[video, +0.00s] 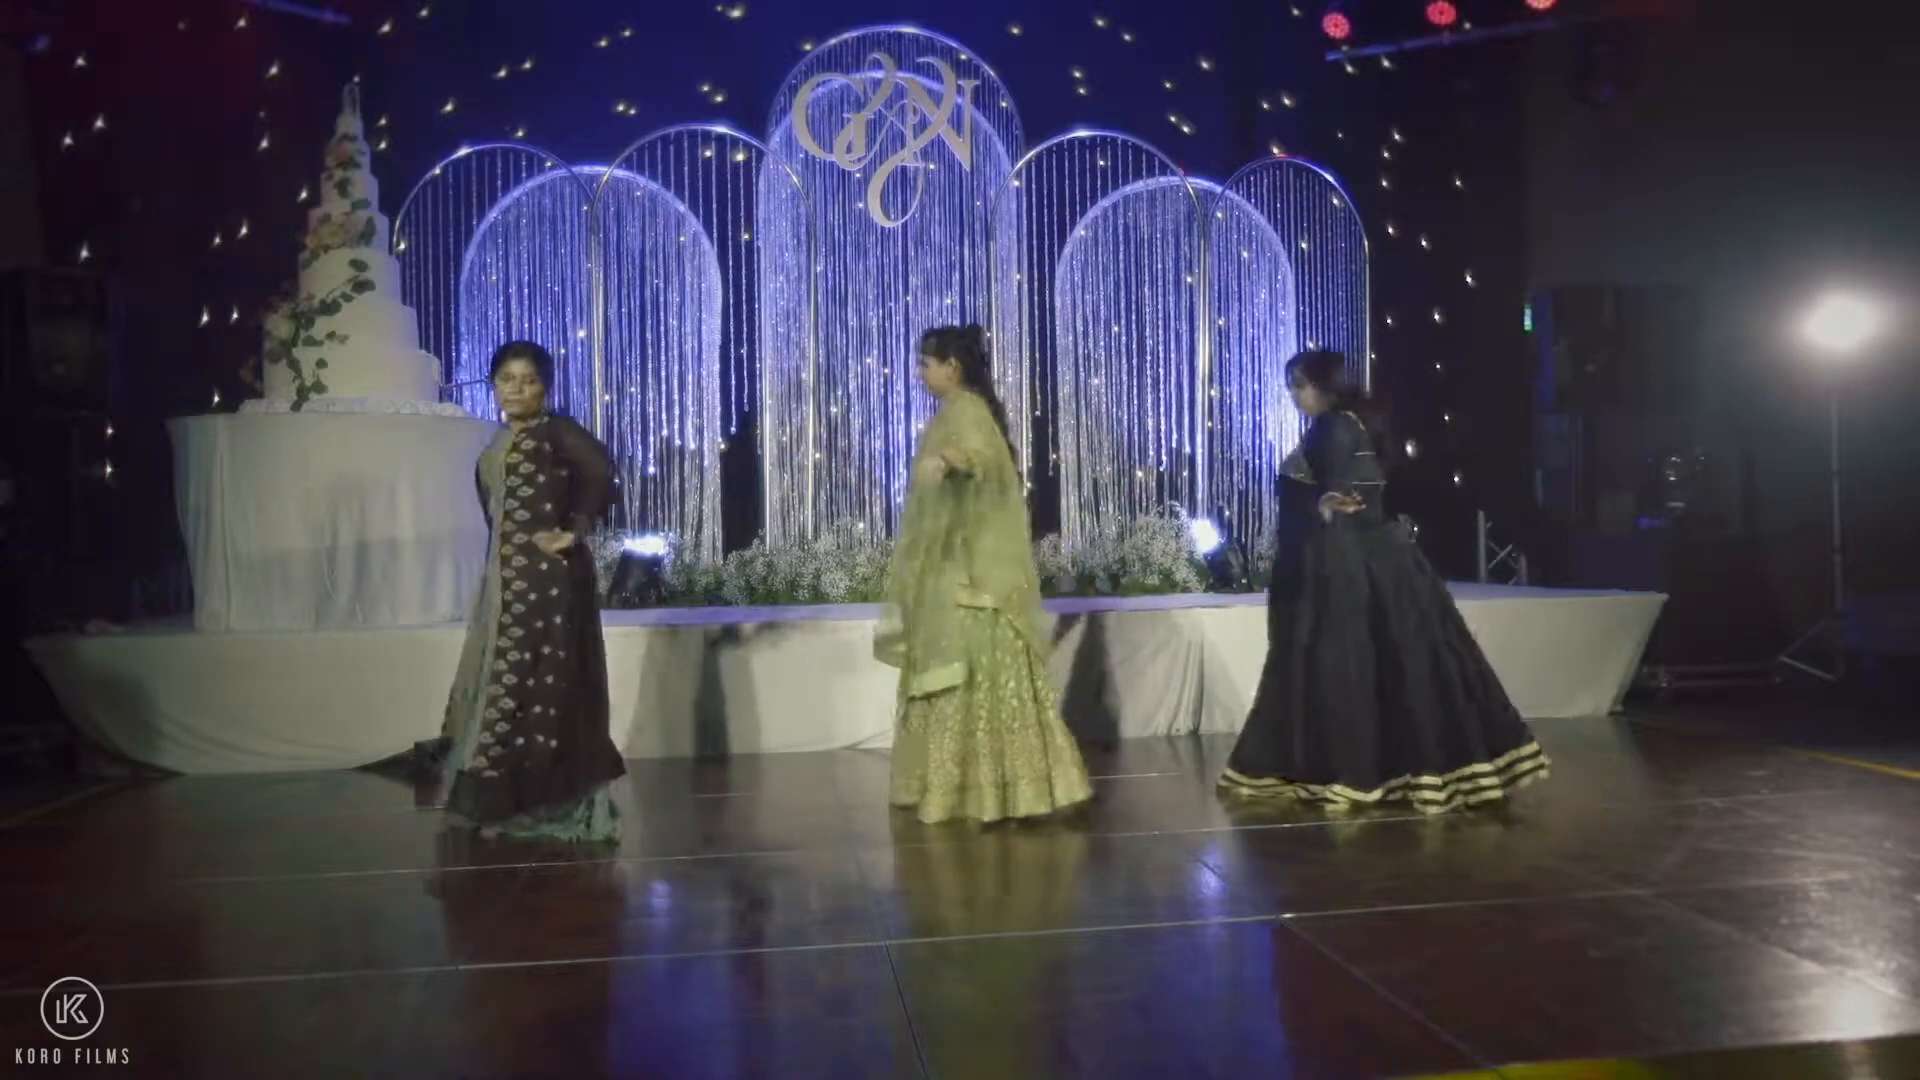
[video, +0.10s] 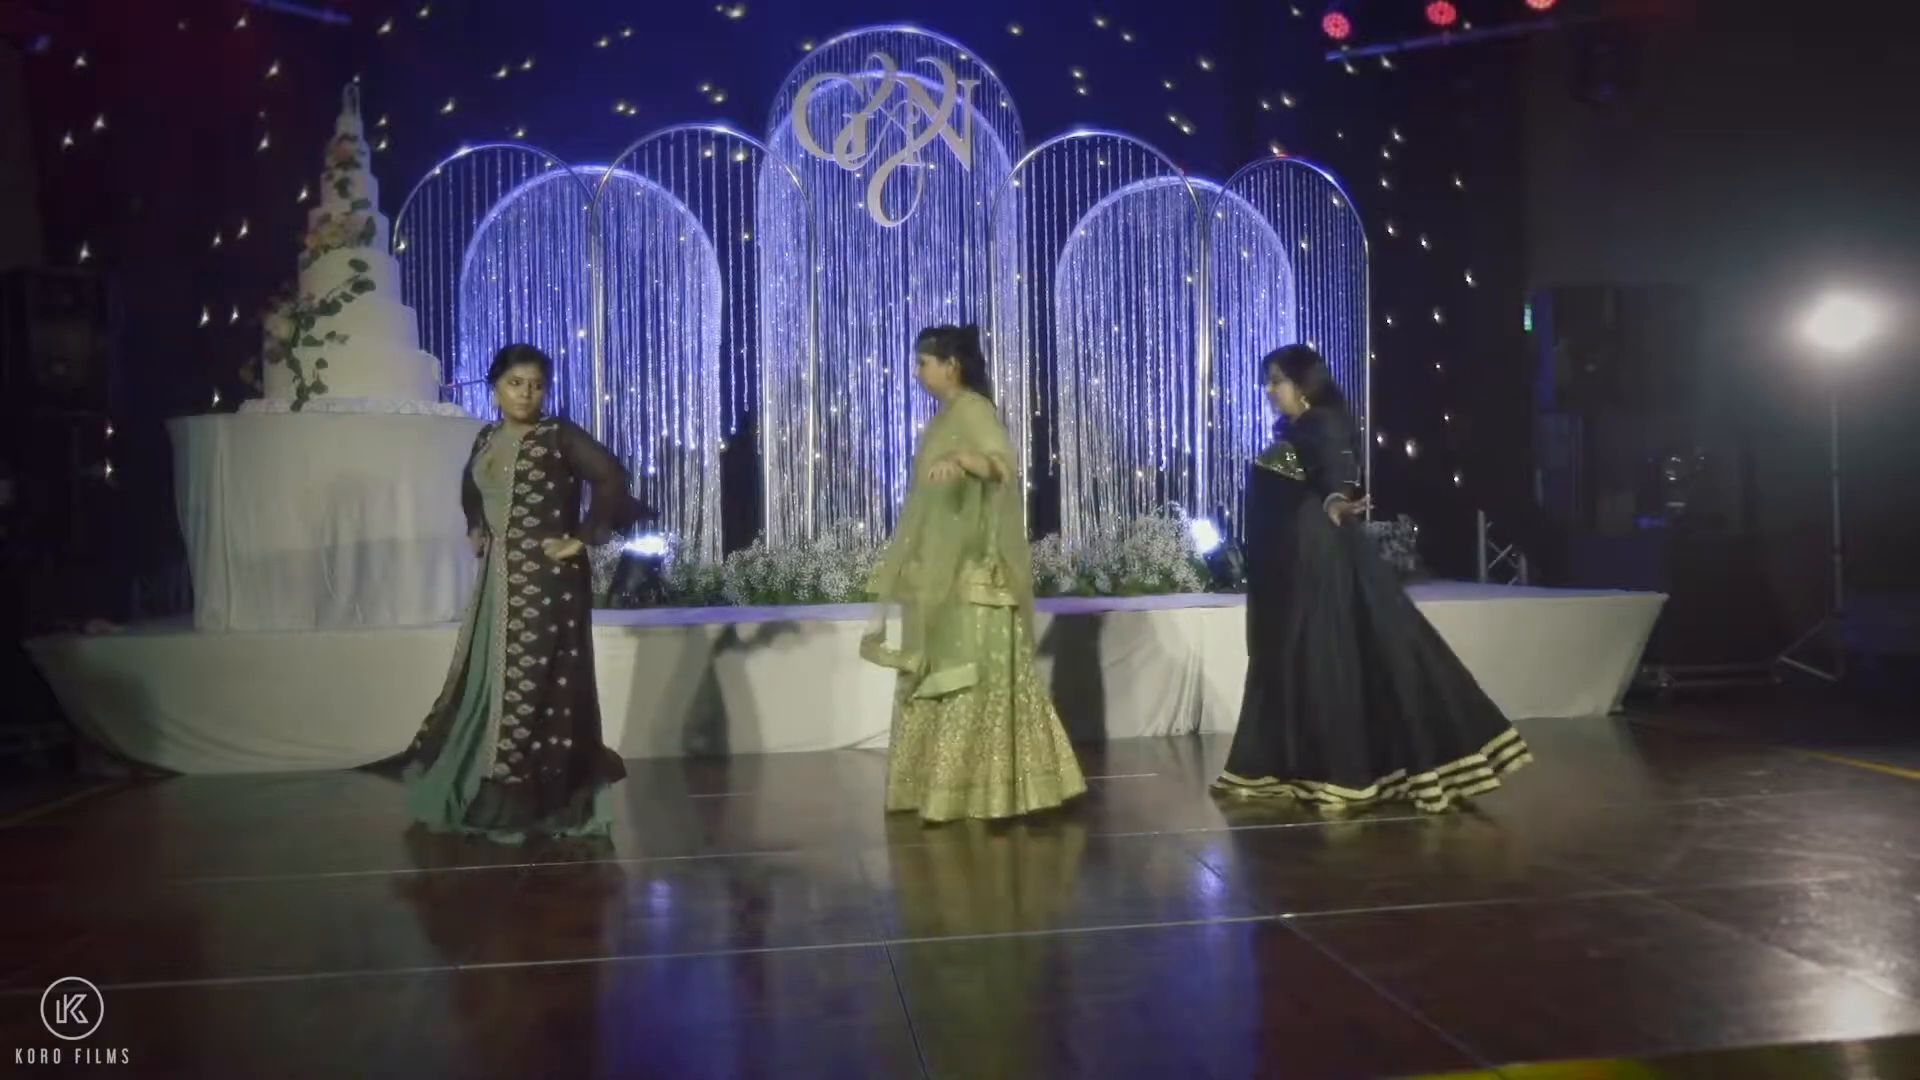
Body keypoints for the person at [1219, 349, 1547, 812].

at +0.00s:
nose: (1294, 398)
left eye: (1298, 387)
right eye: (1292, 388)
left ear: (1319, 386)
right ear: (1331, 385)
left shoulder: (1332, 428)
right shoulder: (1353, 426)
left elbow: (1327, 487)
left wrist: (1317, 499)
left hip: (1340, 566)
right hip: (1366, 560)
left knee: (1335, 669)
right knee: (1364, 667)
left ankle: (1346, 772)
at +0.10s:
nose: (1269, 393)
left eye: (1275, 383)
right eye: (1268, 384)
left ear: (1301, 383)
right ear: (1298, 387)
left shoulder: (1323, 424)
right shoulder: (1296, 429)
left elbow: (1338, 473)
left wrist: (1338, 500)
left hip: (1318, 562)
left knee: (1318, 666)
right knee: (1297, 666)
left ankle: (1333, 773)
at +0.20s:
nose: (1245, 388)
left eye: (1253, 379)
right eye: (1245, 380)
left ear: (1280, 381)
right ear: (1259, 386)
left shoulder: (1307, 426)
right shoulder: (1249, 437)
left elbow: (1327, 471)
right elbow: (1228, 498)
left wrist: (1333, 502)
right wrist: (1197, 539)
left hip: (1301, 559)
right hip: (1252, 560)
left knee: (1303, 663)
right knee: (1257, 662)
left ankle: (1321, 770)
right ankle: (1264, 767)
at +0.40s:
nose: (1205, 383)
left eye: (1216, 376)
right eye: (1202, 376)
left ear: (1241, 383)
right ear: (1198, 384)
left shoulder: (1276, 432)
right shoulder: (1182, 440)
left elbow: (1299, 488)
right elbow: (1159, 500)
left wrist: (1306, 532)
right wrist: (1141, 550)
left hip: (1264, 568)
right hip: (1197, 567)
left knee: (1271, 664)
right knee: (1199, 664)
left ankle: (1277, 768)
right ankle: (1207, 766)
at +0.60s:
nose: (1184, 388)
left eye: (1191, 381)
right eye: (1176, 380)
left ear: (1199, 389)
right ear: (1156, 386)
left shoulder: (1214, 439)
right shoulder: (1131, 436)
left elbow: (1232, 496)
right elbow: (1109, 496)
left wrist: (1246, 538)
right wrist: (1131, 549)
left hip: (1213, 569)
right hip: (1157, 570)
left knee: (1234, 664)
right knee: (1160, 670)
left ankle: (1238, 774)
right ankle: (1163, 774)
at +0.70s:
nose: (1180, 394)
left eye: (1179, 387)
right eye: (1173, 387)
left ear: (1168, 395)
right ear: (1148, 392)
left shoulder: (1177, 440)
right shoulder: (1120, 440)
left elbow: (1187, 501)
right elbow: (1106, 503)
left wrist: (1207, 545)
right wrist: (1133, 558)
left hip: (1180, 566)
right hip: (1129, 569)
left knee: (1211, 659)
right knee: (1125, 665)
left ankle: (1223, 770)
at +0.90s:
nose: (1131, 408)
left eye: (1128, 400)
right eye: (1129, 399)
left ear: (1085, 394)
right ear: (1121, 397)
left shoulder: (1066, 434)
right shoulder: (1117, 437)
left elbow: (1046, 493)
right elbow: (1122, 499)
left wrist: (1047, 537)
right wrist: (1145, 549)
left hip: (1065, 551)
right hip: (1105, 555)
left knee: (1070, 651)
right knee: (1110, 653)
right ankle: (1106, 756)